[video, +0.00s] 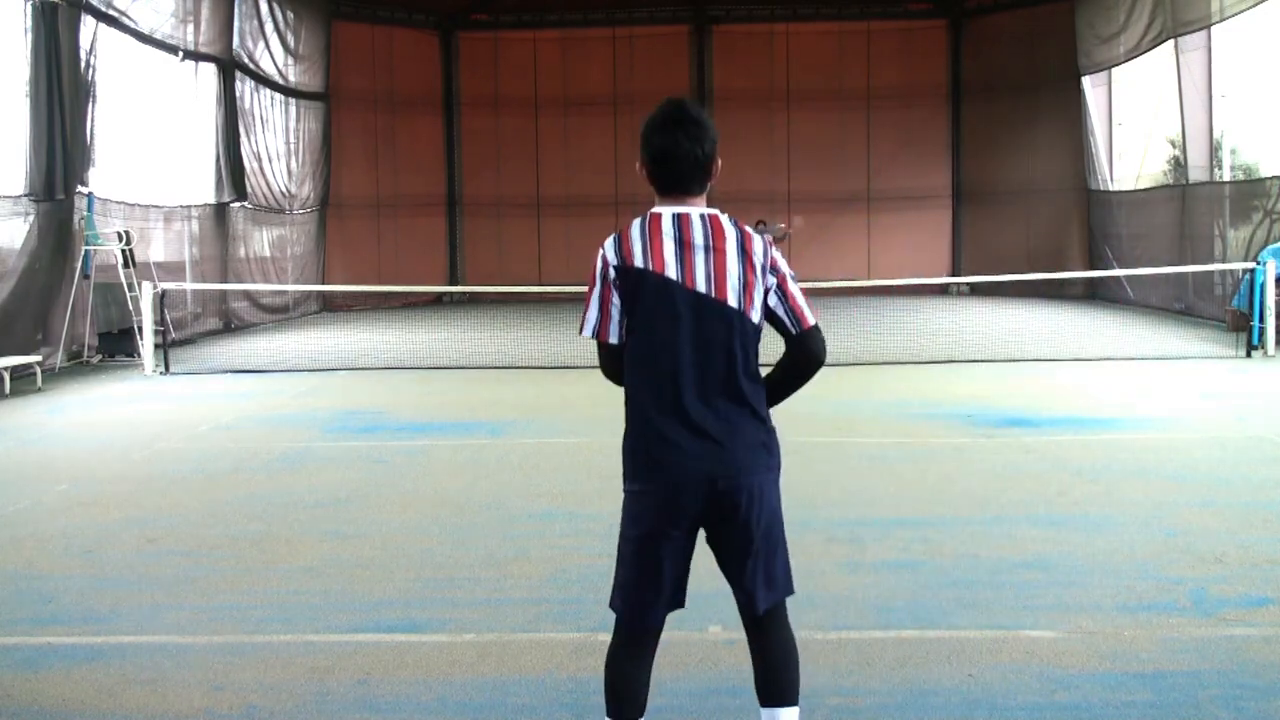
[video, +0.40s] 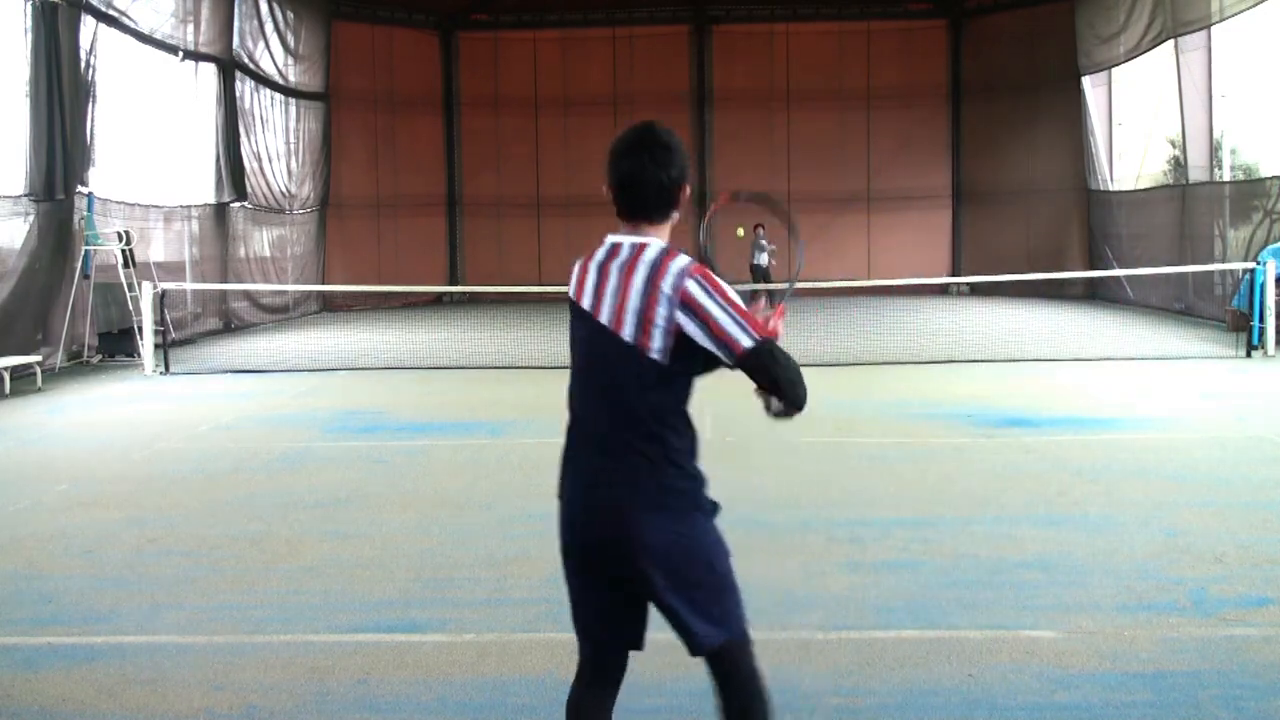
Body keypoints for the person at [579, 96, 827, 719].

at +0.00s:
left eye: (648, 160)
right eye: (714, 157)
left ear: (644, 171)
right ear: (716, 168)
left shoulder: (620, 250)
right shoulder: (754, 247)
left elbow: (614, 364)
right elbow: (811, 347)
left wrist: (671, 381)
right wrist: (757, 398)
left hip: (658, 463)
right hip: (744, 460)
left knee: (637, 621)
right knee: (766, 611)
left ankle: (622, 717)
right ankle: (782, 717)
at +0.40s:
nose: (686, 193)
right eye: (685, 184)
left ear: (611, 195)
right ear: (682, 195)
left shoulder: (587, 271)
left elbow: (660, 358)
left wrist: (742, 338)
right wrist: (778, 384)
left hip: (584, 500)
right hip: (661, 504)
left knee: (599, 665)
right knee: (733, 663)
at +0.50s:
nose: (669, 175)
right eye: (667, 165)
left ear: (592, 172)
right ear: (665, 178)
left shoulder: (581, 247)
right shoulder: (642, 261)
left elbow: (655, 336)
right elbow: (730, 346)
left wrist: (739, 301)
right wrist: (797, 353)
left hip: (552, 486)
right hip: (616, 492)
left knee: (586, 640)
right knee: (671, 645)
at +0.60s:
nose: (654, 181)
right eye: (653, 170)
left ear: (578, 175)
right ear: (649, 183)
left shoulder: (573, 249)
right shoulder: (605, 264)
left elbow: (672, 322)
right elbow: (677, 356)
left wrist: (739, 283)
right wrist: (775, 332)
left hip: (540, 492)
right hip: (579, 501)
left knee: (570, 657)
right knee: (596, 667)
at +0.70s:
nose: (642, 207)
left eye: (636, 194)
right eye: (642, 196)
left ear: (566, 194)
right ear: (633, 205)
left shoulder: (594, 274)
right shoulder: (571, 283)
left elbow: (668, 319)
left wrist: (724, 271)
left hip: (551, 506)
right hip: (534, 512)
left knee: (554, 655)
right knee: (583, 680)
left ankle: (506, 715)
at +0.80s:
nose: (628, 209)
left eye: (627, 197)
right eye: (629, 197)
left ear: (556, 192)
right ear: (619, 206)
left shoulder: (589, 273)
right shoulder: (544, 283)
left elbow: (632, 316)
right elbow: (563, 377)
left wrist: (689, 303)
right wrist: (637, 340)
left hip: (535, 500)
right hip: (510, 505)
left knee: (530, 638)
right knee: (565, 676)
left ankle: (472, 713)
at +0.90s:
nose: (611, 218)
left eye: (610, 206)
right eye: (611, 206)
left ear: (540, 201)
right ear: (598, 213)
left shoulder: (568, 275)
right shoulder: (516, 286)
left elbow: (631, 316)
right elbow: (507, 380)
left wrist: (718, 321)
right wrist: (553, 369)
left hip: (517, 503)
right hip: (488, 509)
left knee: (504, 634)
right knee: (553, 677)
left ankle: (458, 717)